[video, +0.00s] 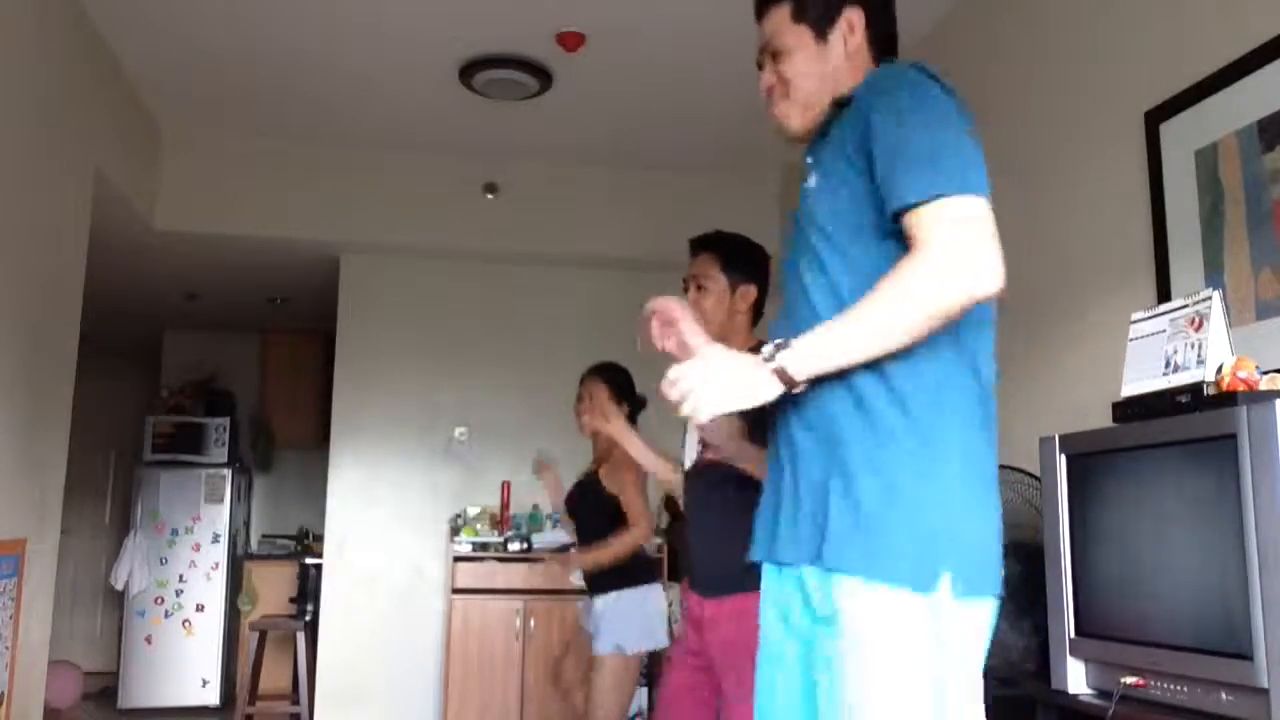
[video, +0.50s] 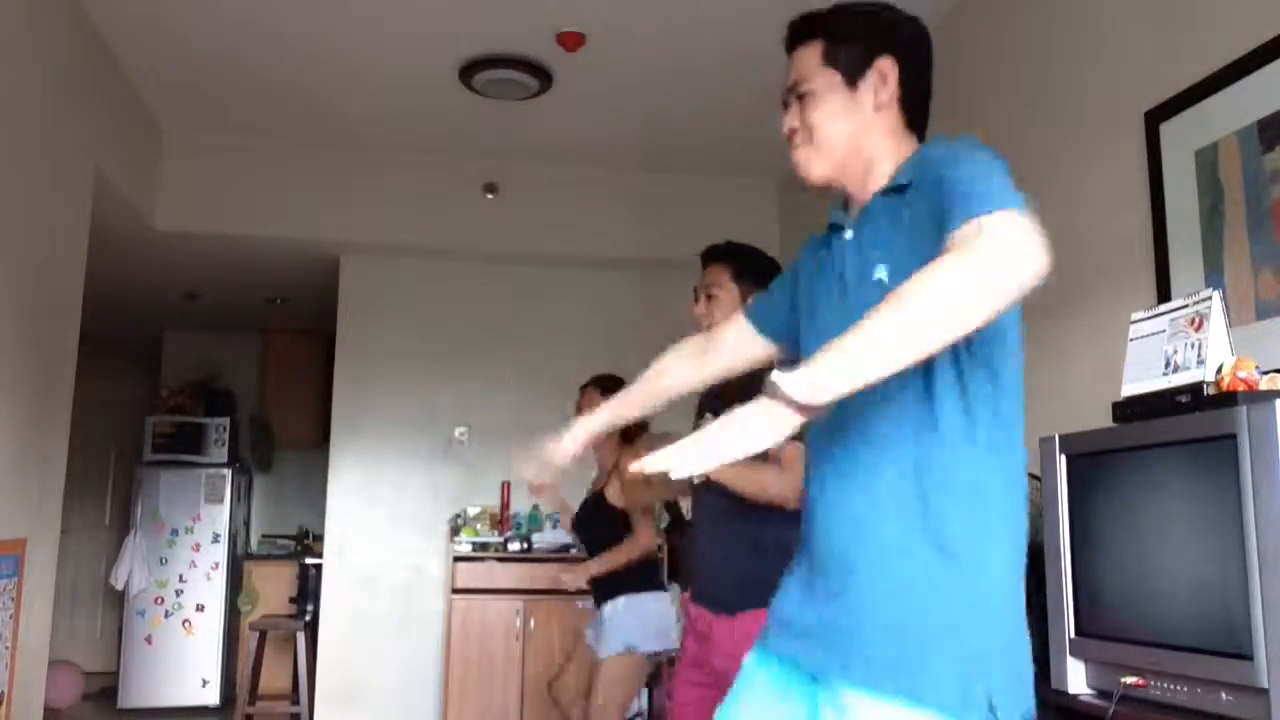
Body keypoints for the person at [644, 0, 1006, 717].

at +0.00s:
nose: (765, 80)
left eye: (776, 54)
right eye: (762, 62)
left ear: (848, 31)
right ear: (845, 35)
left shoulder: (897, 95)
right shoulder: (829, 162)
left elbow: (966, 258)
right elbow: (825, 357)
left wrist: (775, 369)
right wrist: (718, 356)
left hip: (897, 554)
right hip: (810, 549)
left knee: (890, 708)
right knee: (797, 708)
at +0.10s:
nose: (766, 115)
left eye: (781, 89)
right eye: (765, 97)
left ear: (854, 72)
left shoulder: (899, 139)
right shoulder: (825, 217)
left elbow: (953, 269)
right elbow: (816, 421)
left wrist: (773, 365)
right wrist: (714, 364)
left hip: (889, 595)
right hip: (797, 590)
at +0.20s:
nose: (768, 117)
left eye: (783, 91)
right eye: (767, 100)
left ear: (856, 80)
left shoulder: (897, 151)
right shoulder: (827, 218)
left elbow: (969, 289)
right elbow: (806, 418)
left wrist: (725, 360)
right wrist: (717, 350)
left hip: (883, 623)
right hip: (819, 614)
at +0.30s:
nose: (771, 87)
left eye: (785, 61)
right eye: (770, 70)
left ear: (861, 46)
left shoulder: (921, 128)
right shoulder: (834, 193)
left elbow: (948, 282)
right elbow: (830, 374)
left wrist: (724, 359)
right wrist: (723, 371)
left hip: (893, 602)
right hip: (810, 592)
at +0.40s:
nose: (783, 99)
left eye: (796, 72)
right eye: (781, 82)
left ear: (875, 51)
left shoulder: (954, 143)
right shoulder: (831, 221)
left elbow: (929, 286)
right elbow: (746, 346)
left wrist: (789, 347)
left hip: (918, 601)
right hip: (799, 590)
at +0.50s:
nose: (785, 123)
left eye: (803, 95)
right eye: (786, 103)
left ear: (881, 85)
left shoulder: (951, 172)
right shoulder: (819, 260)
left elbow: (1010, 254)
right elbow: (716, 348)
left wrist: (793, 395)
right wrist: (591, 425)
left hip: (935, 648)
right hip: (805, 631)